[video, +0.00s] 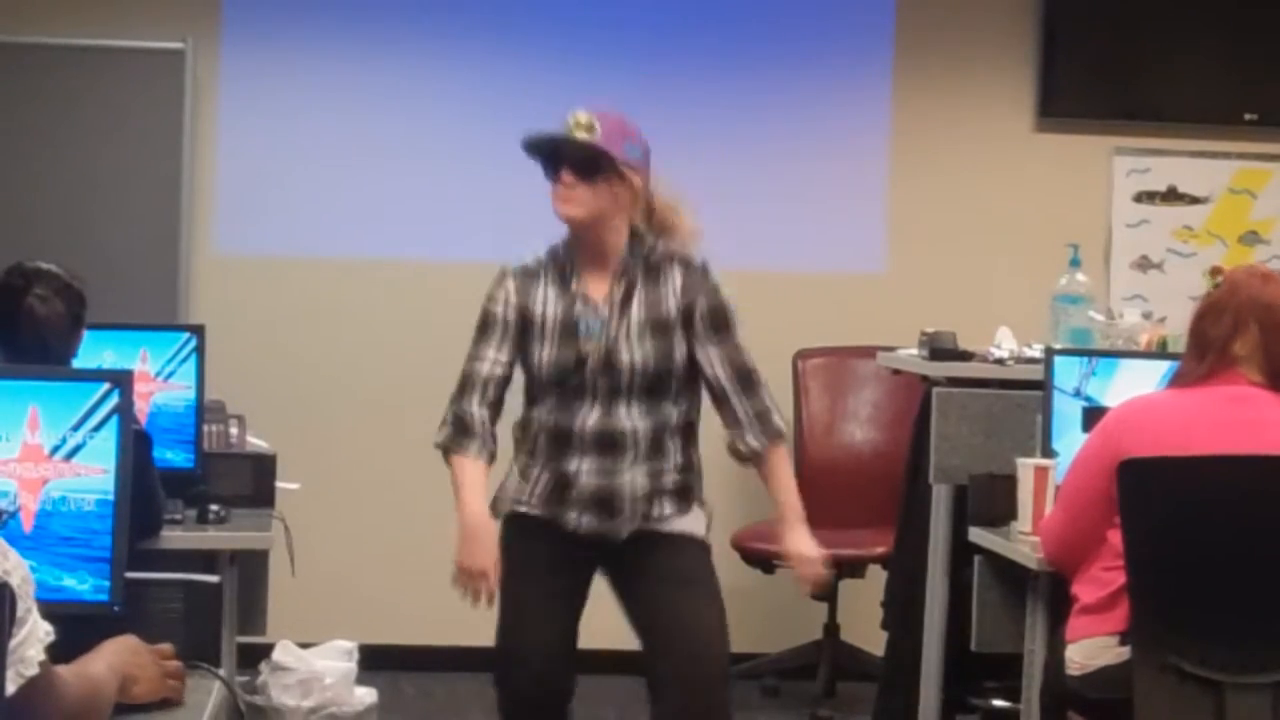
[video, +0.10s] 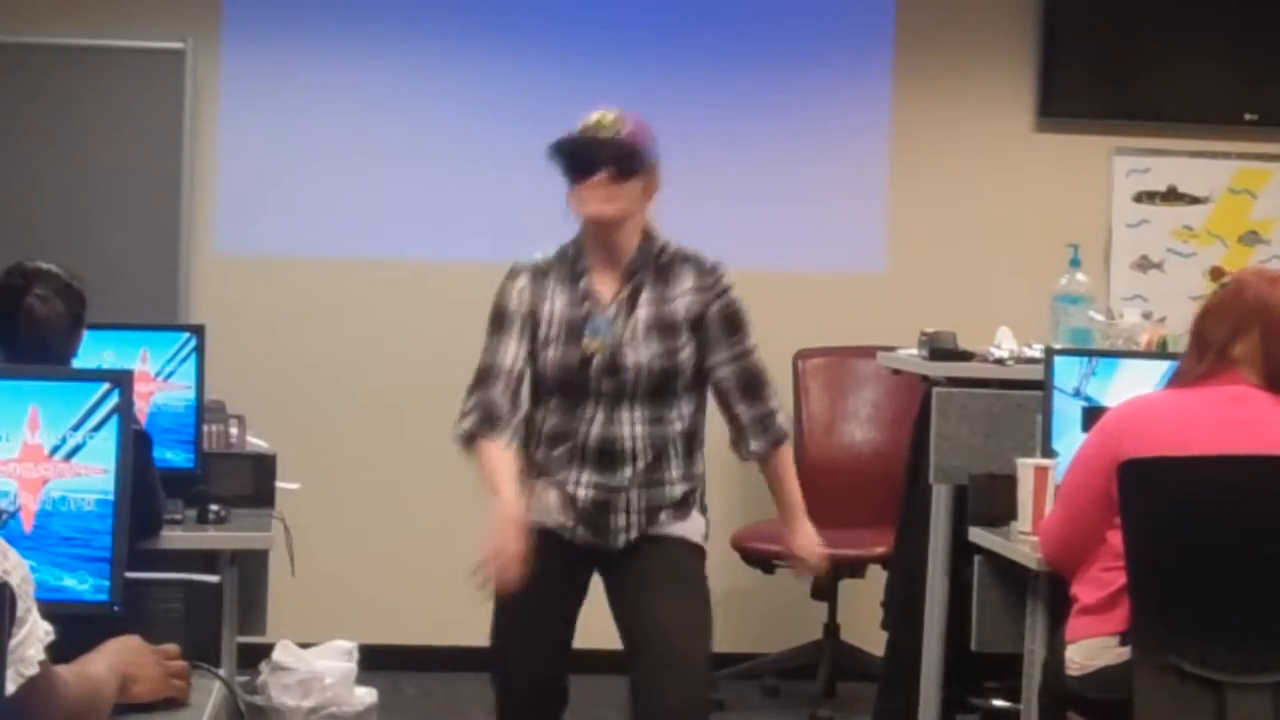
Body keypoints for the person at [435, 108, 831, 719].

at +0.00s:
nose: (561, 179)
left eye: (583, 168)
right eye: (557, 166)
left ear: (628, 186)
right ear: (549, 175)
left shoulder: (683, 282)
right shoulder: (522, 288)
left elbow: (748, 406)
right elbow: (470, 416)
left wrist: (793, 522)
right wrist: (473, 525)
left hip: (658, 517)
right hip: (546, 514)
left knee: (697, 690)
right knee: (529, 692)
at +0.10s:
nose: (597, 181)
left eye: (618, 168)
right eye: (583, 168)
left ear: (650, 185)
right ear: (568, 186)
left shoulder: (697, 285)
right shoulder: (529, 288)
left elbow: (754, 408)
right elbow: (491, 412)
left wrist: (796, 519)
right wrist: (507, 505)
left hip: (659, 518)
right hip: (548, 510)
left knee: (677, 695)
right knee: (522, 687)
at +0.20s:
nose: (650, 147)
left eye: (666, 133)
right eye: (630, 134)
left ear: (685, 148)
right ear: (600, 151)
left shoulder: (724, 253)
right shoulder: (551, 243)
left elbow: (762, 382)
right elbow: (519, 366)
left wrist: (763, 484)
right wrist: (575, 455)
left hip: (669, 495)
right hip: (561, 490)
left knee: (672, 684)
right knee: (549, 686)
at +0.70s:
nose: (761, 147)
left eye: (768, 133)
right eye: (739, 134)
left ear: (776, 145)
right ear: (689, 149)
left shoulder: (794, 253)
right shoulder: (623, 240)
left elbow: (844, 371)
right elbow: (546, 376)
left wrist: (871, 474)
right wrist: (525, 502)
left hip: (738, 516)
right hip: (619, 509)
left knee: (743, 701)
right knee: (598, 701)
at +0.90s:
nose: (730, 173)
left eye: (747, 156)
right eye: (709, 158)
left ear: (774, 172)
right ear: (685, 175)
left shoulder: (805, 284)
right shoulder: (631, 272)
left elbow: (822, 404)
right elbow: (570, 392)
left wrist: (810, 514)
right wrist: (523, 504)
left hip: (748, 527)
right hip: (630, 520)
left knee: (753, 706)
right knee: (597, 700)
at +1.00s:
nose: (703, 119)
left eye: (725, 108)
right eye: (688, 107)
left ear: (761, 133)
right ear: (671, 129)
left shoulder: (800, 238)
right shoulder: (623, 227)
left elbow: (780, 374)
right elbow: (579, 372)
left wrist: (712, 479)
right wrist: (590, 476)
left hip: (755, 501)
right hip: (633, 492)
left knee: (739, 699)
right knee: (619, 692)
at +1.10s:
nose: (682, 129)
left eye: (705, 115)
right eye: (671, 115)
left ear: (750, 135)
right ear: (659, 129)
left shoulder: (789, 232)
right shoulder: (619, 231)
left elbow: (746, 359)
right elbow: (588, 368)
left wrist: (624, 438)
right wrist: (605, 459)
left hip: (752, 511)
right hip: (636, 504)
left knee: (739, 706)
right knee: (623, 697)